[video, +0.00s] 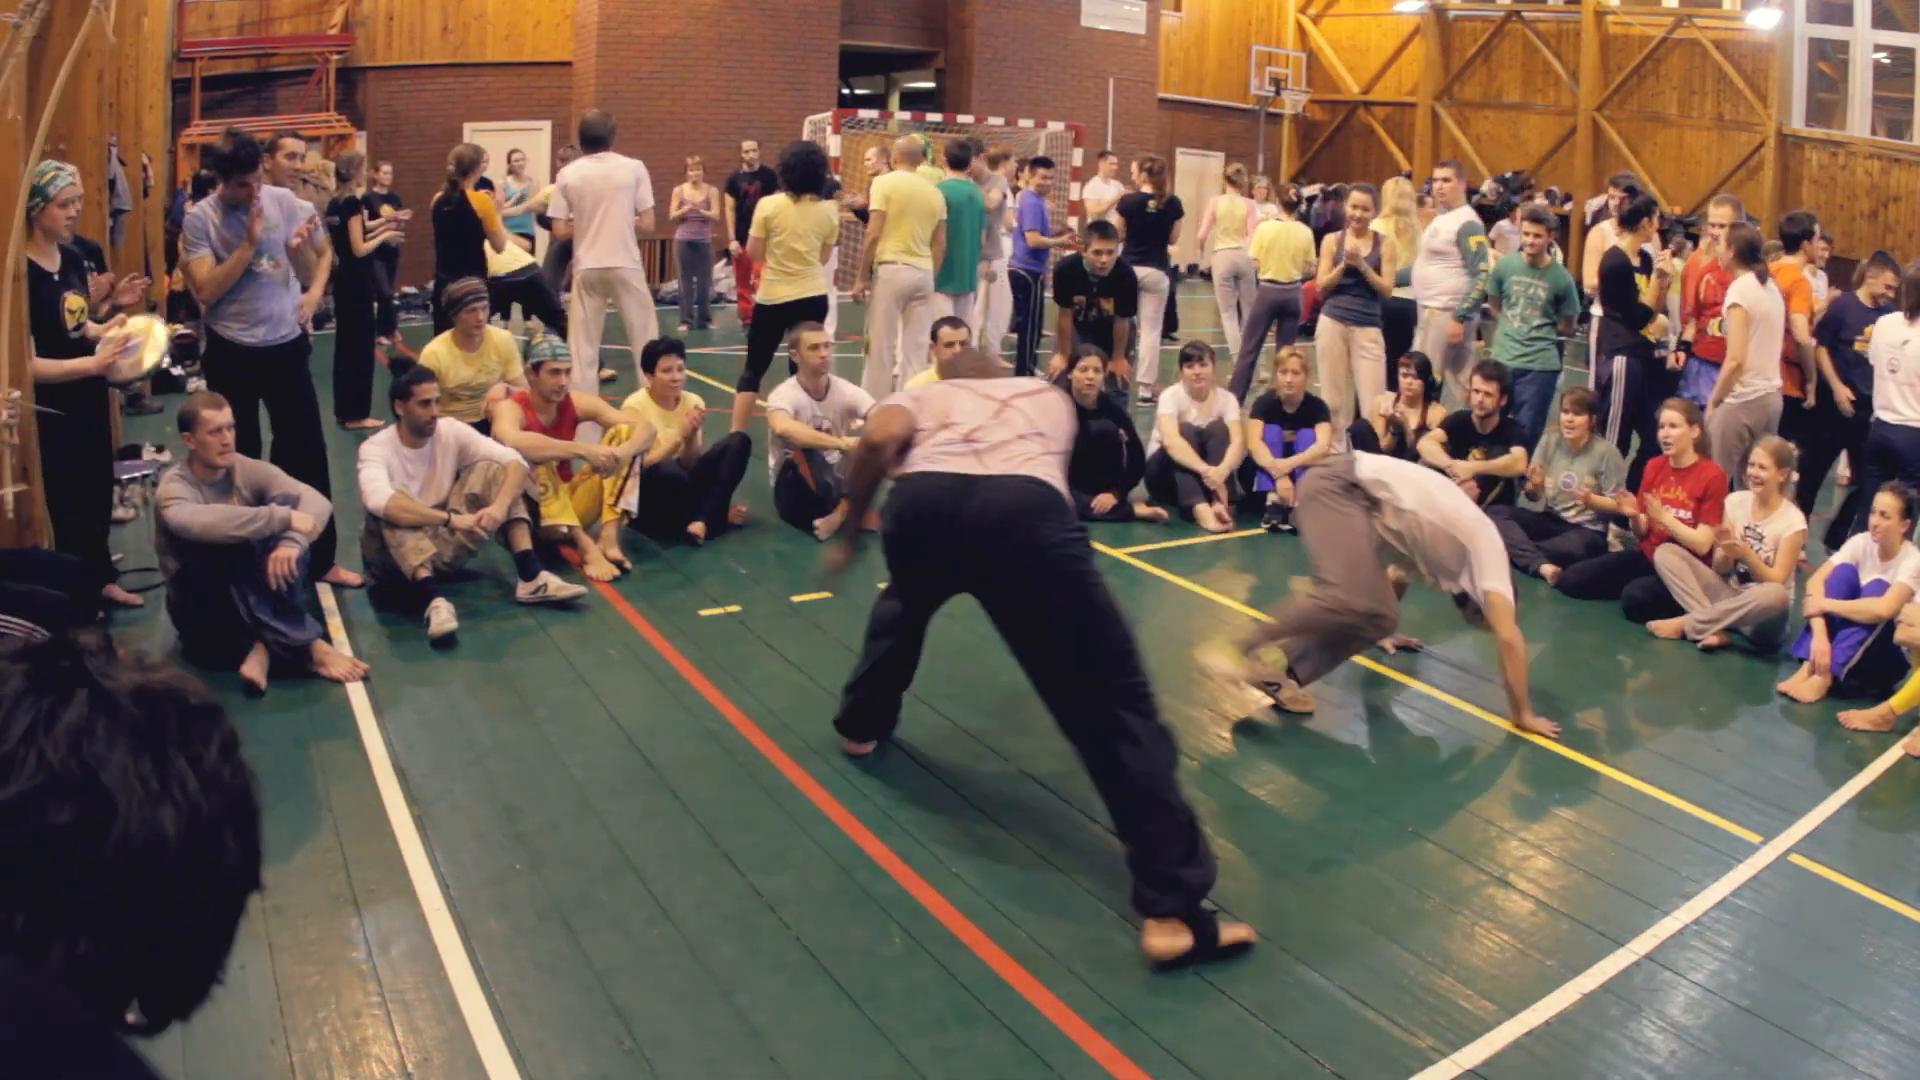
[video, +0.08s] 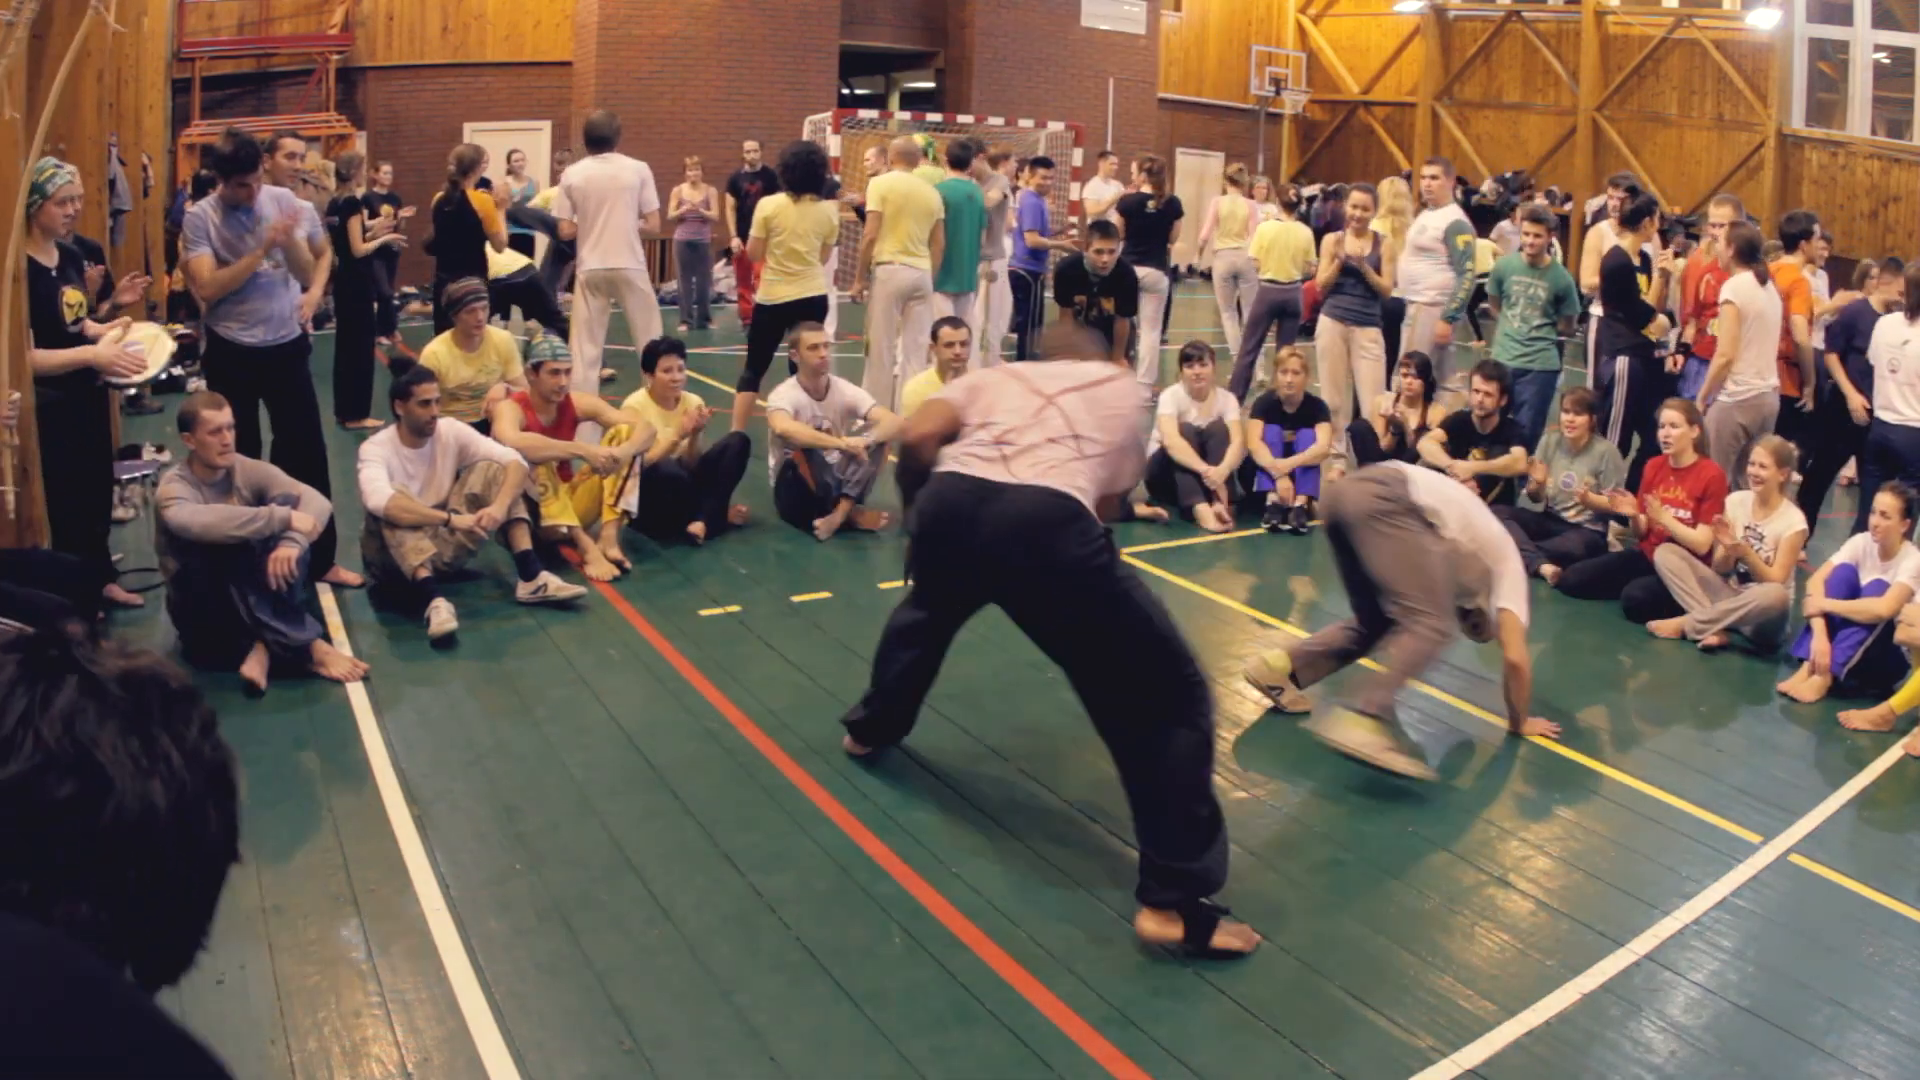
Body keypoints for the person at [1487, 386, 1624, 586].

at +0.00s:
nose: (1569, 419)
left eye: (1577, 414)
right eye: (1565, 412)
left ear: (1591, 420)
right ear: (1559, 414)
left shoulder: (1607, 452)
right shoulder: (1549, 441)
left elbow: (1618, 505)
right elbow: (1531, 495)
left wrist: (1591, 500)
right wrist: (1534, 486)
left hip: (1585, 529)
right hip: (1549, 518)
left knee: (1574, 548)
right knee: (1495, 512)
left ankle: (1513, 550)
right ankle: (1539, 566)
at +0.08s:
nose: (1570, 420)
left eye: (1578, 414)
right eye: (1566, 412)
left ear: (1592, 420)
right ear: (1559, 415)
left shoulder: (1606, 451)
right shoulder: (1550, 441)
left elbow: (1617, 505)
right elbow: (1533, 497)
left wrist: (1589, 499)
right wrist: (1536, 484)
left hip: (1585, 529)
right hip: (1549, 518)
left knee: (1574, 548)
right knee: (1497, 512)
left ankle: (1510, 553)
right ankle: (1539, 565)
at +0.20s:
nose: (1572, 419)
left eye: (1580, 414)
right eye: (1567, 412)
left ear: (1593, 419)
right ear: (1560, 415)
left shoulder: (1607, 452)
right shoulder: (1549, 441)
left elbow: (1609, 505)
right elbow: (1534, 489)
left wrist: (1574, 490)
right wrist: (1553, 491)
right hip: (1551, 516)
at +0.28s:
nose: (1572, 419)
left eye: (1580, 414)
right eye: (1568, 412)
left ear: (1594, 419)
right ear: (1561, 414)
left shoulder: (1607, 452)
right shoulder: (1549, 441)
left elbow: (1613, 504)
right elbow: (1533, 483)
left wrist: (1581, 493)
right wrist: (1557, 483)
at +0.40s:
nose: (1572, 420)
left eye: (1580, 414)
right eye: (1568, 412)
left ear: (1594, 420)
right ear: (1561, 414)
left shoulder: (1607, 452)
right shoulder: (1550, 440)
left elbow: (1615, 504)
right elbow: (1532, 494)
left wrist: (1586, 497)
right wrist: (1541, 487)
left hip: (1583, 522)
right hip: (1546, 514)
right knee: (1494, 513)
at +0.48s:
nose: (1574, 420)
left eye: (1581, 414)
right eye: (1569, 413)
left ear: (1594, 419)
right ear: (1562, 415)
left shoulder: (1607, 452)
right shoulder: (1549, 442)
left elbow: (1610, 505)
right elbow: (1532, 489)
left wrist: (1576, 492)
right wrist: (1554, 489)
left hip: (1586, 525)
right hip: (1548, 517)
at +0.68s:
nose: (1575, 420)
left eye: (1582, 415)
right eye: (1570, 413)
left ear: (1594, 419)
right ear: (1562, 416)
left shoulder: (1608, 453)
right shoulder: (1549, 441)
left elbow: (1615, 504)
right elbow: (1531, 486)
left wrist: (1583, 496)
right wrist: (1542, 485)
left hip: (1586, 527)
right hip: (1546, 519)